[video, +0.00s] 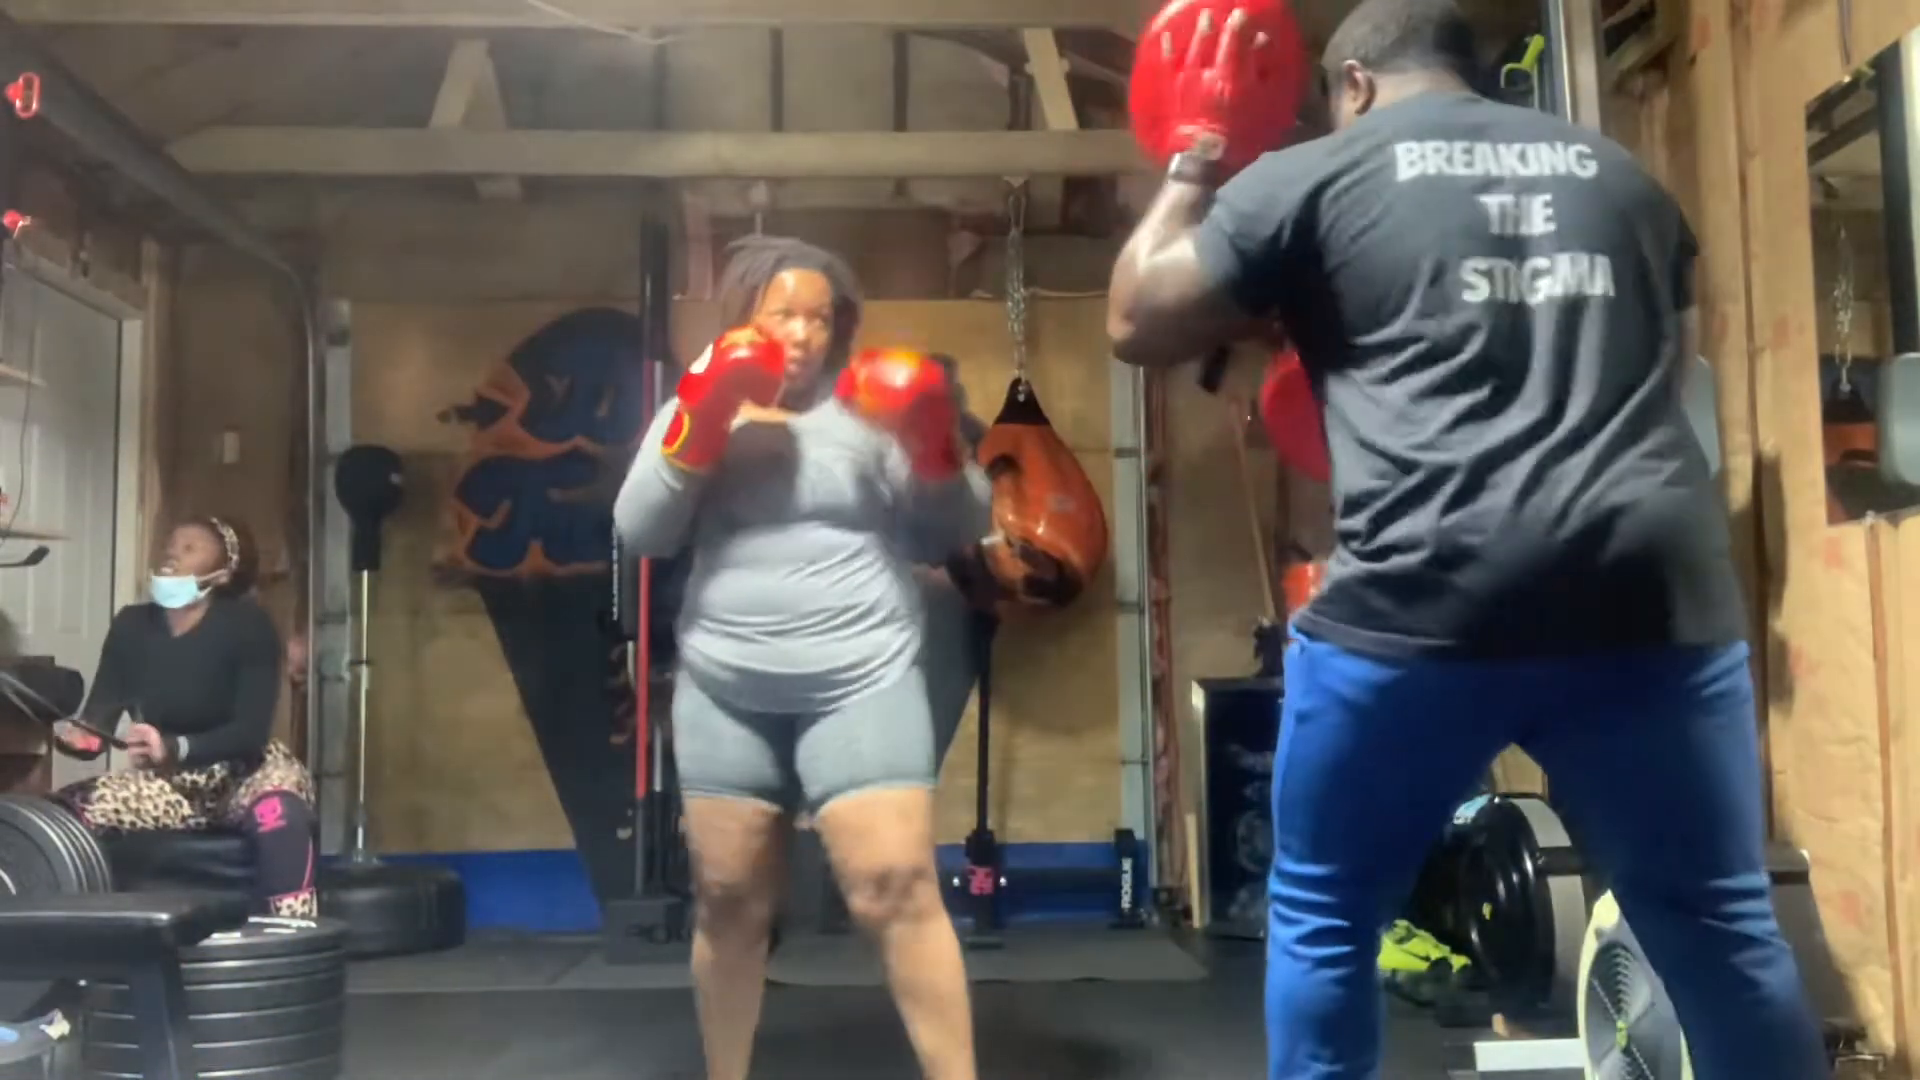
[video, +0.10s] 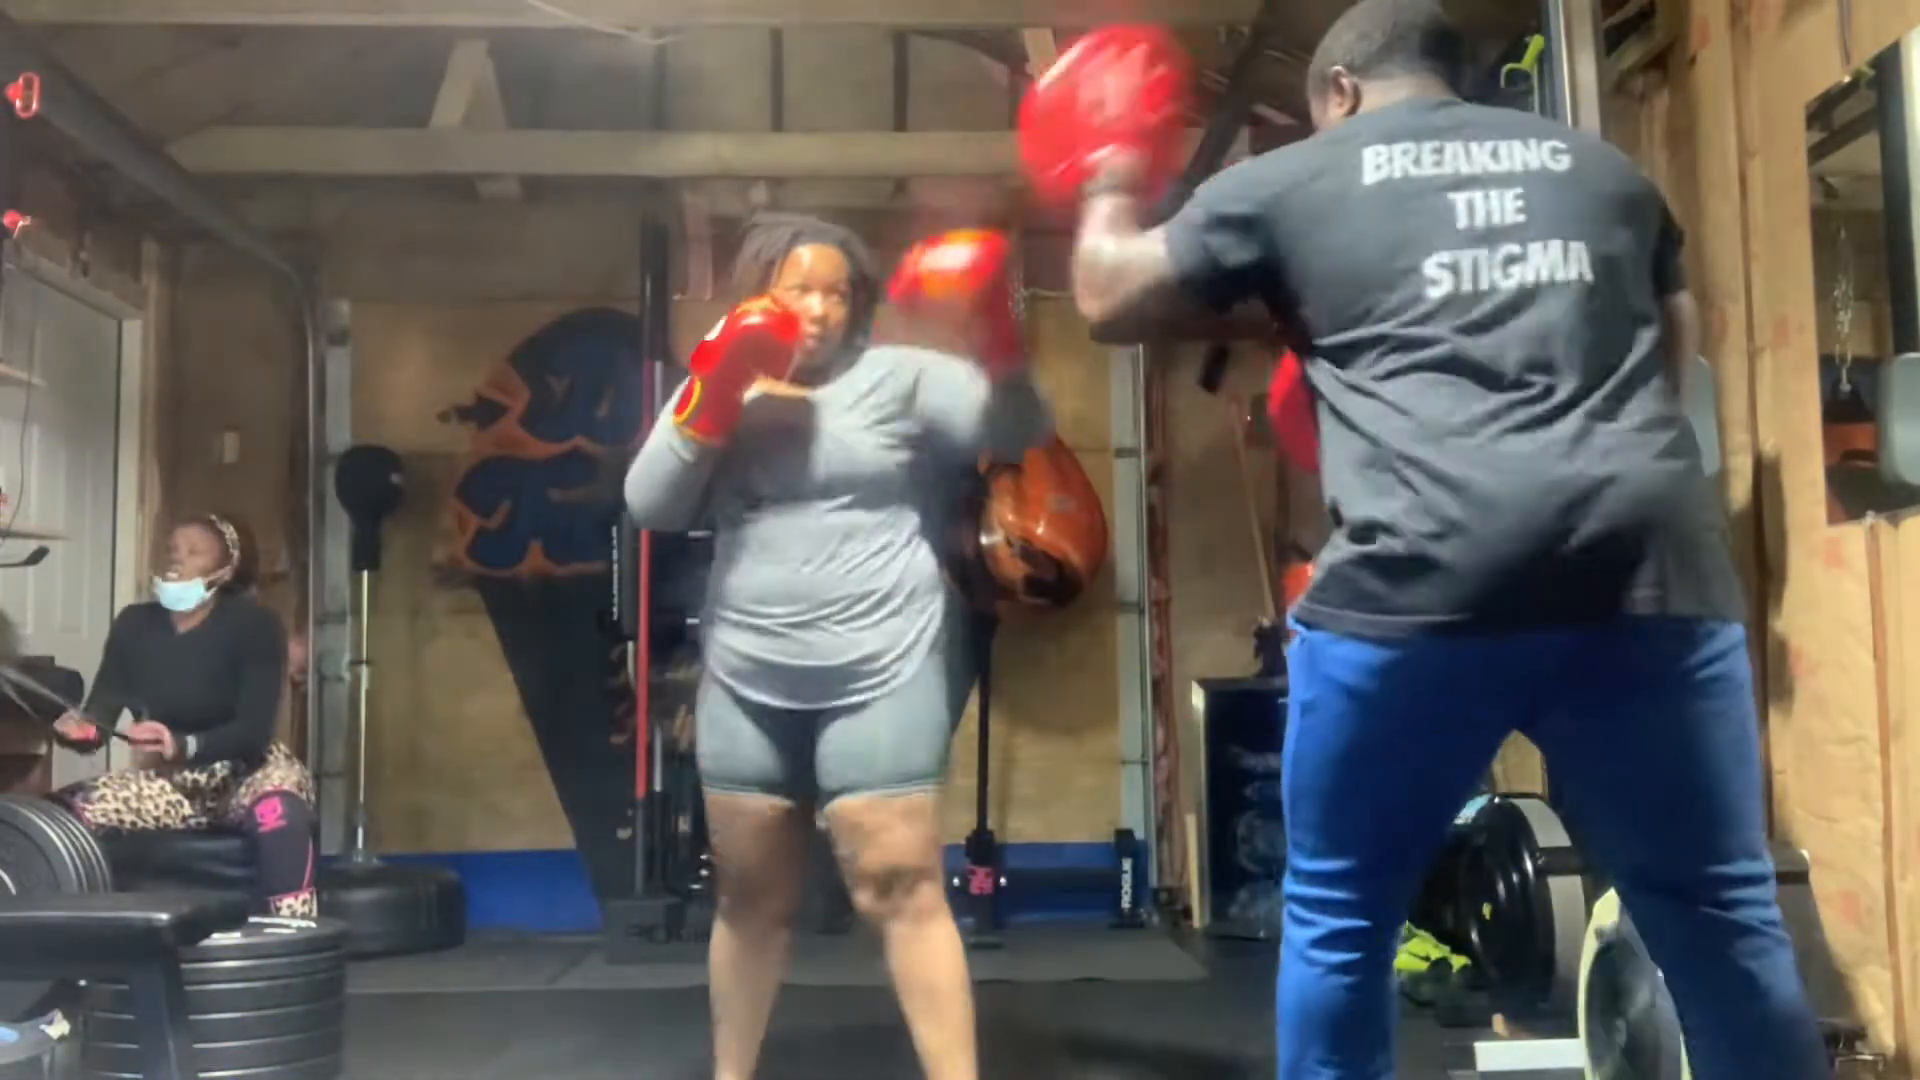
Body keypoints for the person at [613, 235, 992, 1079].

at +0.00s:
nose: (804, 335)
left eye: (821, 319)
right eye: (785, 316)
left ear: (841, 330)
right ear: (744, 324)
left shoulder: (875, 411)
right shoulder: (699, 411)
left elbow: (954, 534)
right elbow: (640, 534)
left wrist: (929, 432)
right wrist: (702, 422)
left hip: (863, 680)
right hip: (722, 685)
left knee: (896, 886)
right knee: (725, 897)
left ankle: (955, 1075)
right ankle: (725, 1075)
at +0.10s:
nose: (814, 309)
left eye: (832, 293)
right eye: (795, 290)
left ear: (858, 307)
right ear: (752, 299)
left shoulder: (901, 379)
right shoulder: (721, 394)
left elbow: (1013, 435)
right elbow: (649, 506)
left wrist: (998, 330)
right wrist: (717, 389)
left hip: (883, 674)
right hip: (745, 675)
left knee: (902, 889)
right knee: (746, 900)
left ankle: (955, 1074)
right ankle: (730, 1072)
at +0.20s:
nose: (836, 304)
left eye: (854, 287)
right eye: (817, 285)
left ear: (879, 299)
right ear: (771, 291)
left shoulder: (923, 362)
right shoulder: (734, 379)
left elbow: (1046, 382)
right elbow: (671, 497)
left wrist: (1019, 292)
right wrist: (747, 385)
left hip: (905, 664)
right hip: (764, 668)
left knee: (912, 884)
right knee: (763, 903)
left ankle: (957, 1075)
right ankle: (733, 1072)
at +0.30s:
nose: (864, 326)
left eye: (883, 311)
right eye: (847, 306)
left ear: (905, 322)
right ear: (805, 307)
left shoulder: (936, 392)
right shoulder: (745, 390)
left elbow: (1050, 474)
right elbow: (698, 528)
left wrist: (1045, 411)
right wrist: (782, 432)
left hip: (922, 679)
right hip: (777, 680)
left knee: (947, 898)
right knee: (764, 912)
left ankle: (967, 1072)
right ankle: (735, 1072)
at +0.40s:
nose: (899, 354)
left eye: (914, 334)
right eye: (877, 334)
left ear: (934, 343)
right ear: (831, 340)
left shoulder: (973, 434)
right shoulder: (780, 429)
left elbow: (1029, 573)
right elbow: (722, 586)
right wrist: (801, 524)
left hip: (935, 713)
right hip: (784, 709)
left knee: (969, 920)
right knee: (742, 939)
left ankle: (974, 1074)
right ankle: (704, 1062)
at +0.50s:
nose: (920, 395)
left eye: (934, 374)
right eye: (897, 375)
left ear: (952, 380)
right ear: (850, 382)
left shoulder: (994, 467)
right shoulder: (798, 471)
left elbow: (1034, 596)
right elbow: (747, 634)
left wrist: (1057, 574)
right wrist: (831, 583)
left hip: (939, 742)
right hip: (779, 734)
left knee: (998, 933)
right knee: (730, 928)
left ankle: (979, 1076)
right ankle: (628, 1070)